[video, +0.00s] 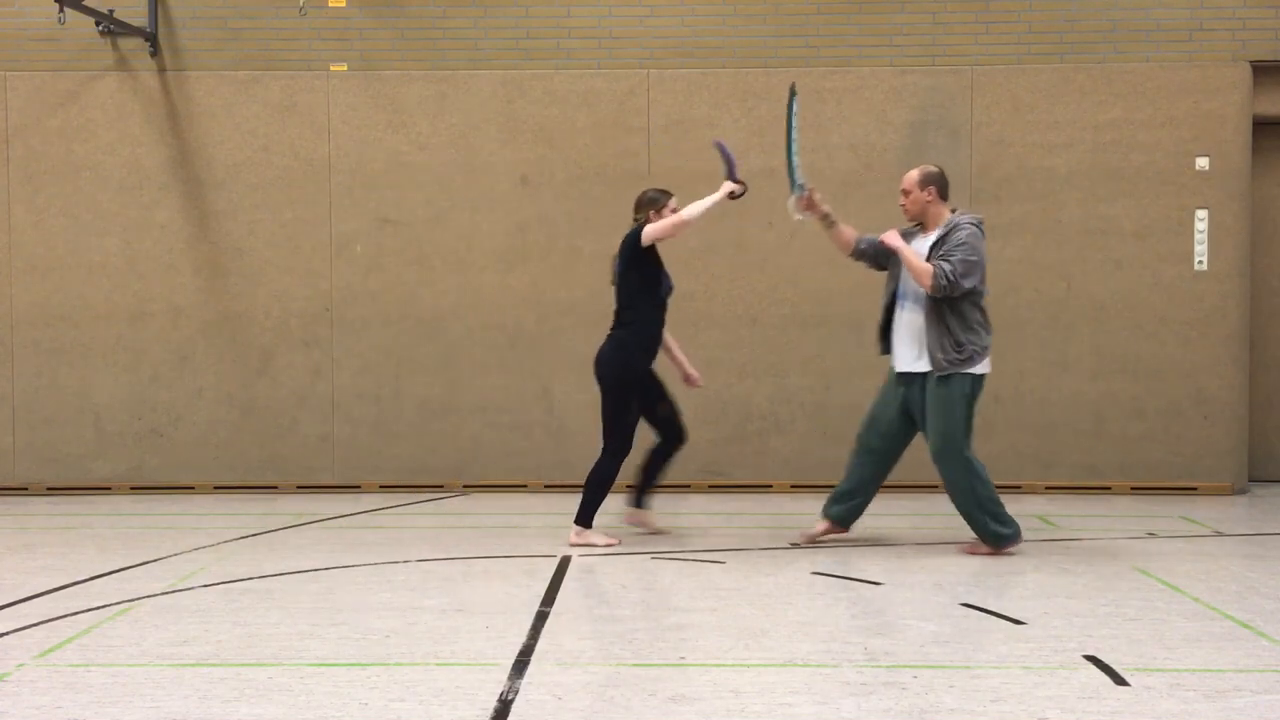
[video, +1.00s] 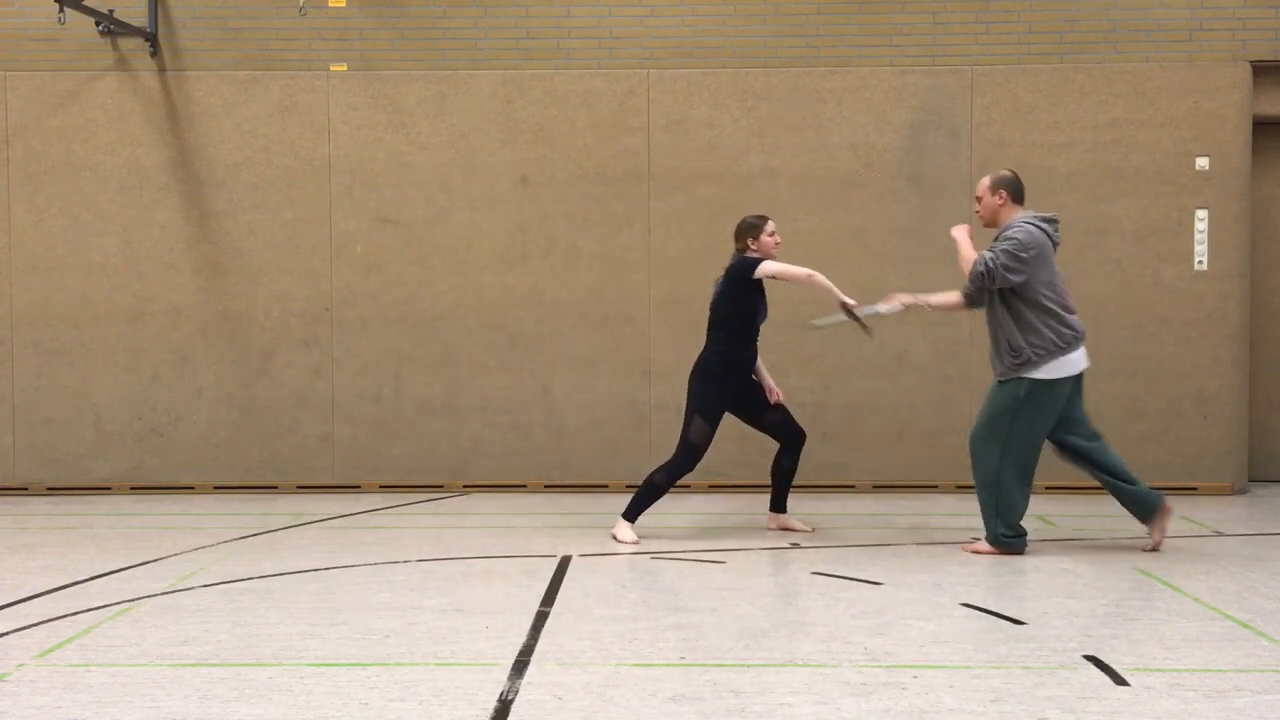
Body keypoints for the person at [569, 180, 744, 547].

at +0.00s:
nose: (677, 217)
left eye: (676, 211)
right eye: (671, 211)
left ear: (653, 215)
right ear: (652, 214)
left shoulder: (647, 254)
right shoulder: (636, 241)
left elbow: (652, 322)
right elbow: (682, 219)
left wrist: (683, 365)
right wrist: (721, 193)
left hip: (634, 364)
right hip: (620, 363)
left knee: (673, 434)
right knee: (616, 449)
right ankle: (581, 529)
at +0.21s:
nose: (721, 229)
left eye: (720, 225)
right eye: (716, 225)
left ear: (702, 229)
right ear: (699, 228)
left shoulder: (704, 278)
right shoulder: (673, 259)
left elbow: (708, 336)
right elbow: (721, 231)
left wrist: (743, 371)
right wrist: (768, 221)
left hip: (701, 375)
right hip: (667, 373)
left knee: (751, 439)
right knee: (636, 451)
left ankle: (768, 515)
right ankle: (587, 524)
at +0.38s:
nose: (766, 242)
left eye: (765, 236)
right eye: (760, 237)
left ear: (744, 243)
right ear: (740, 242)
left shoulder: (744, 287)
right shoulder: (722, 269)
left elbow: (741, 342)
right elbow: (782, 264)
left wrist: (765, 380)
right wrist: (823, 273)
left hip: (735, 384)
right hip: (704, 381)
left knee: (792, 439)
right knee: (664, 453)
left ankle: (779, 515)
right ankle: (608, 522)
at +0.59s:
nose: (802, 249)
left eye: (800, 243)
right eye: (795, 244)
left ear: (777, 251)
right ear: (776, 250)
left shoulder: (769, 287)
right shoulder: (765, 272)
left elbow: (754, 344)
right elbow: (823, 295)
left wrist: (775, 385)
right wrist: (863, 323)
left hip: (746, 384)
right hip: (718, 376)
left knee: (800, 440)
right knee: (680, 448)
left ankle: (778, 515)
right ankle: (622, 522)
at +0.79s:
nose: (806, 250)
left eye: (805, 244)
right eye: (800, 245)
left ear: (782, 252)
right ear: (780, 251)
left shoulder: (771, 287)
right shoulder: (771, 273)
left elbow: (752, 342)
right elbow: (830, 293)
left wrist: (775, 383)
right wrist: (868, 323)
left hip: (748, 384)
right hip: (721, 376)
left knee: (801, 439)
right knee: (687, 453)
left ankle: (778, 515)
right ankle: (628, 521)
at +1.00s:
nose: (778, 239)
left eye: (776, 234)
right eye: (772, 235)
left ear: (753, 243)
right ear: (752, 242)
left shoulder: (746, 276)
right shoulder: (745, 266)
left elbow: (742, 339)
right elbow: (809, 274)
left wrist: (766, 381)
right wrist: (841, 297)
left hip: (738, 382)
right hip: (712, 378)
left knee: (793, 436)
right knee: (686, 459)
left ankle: (778, 514)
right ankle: (625, 521)